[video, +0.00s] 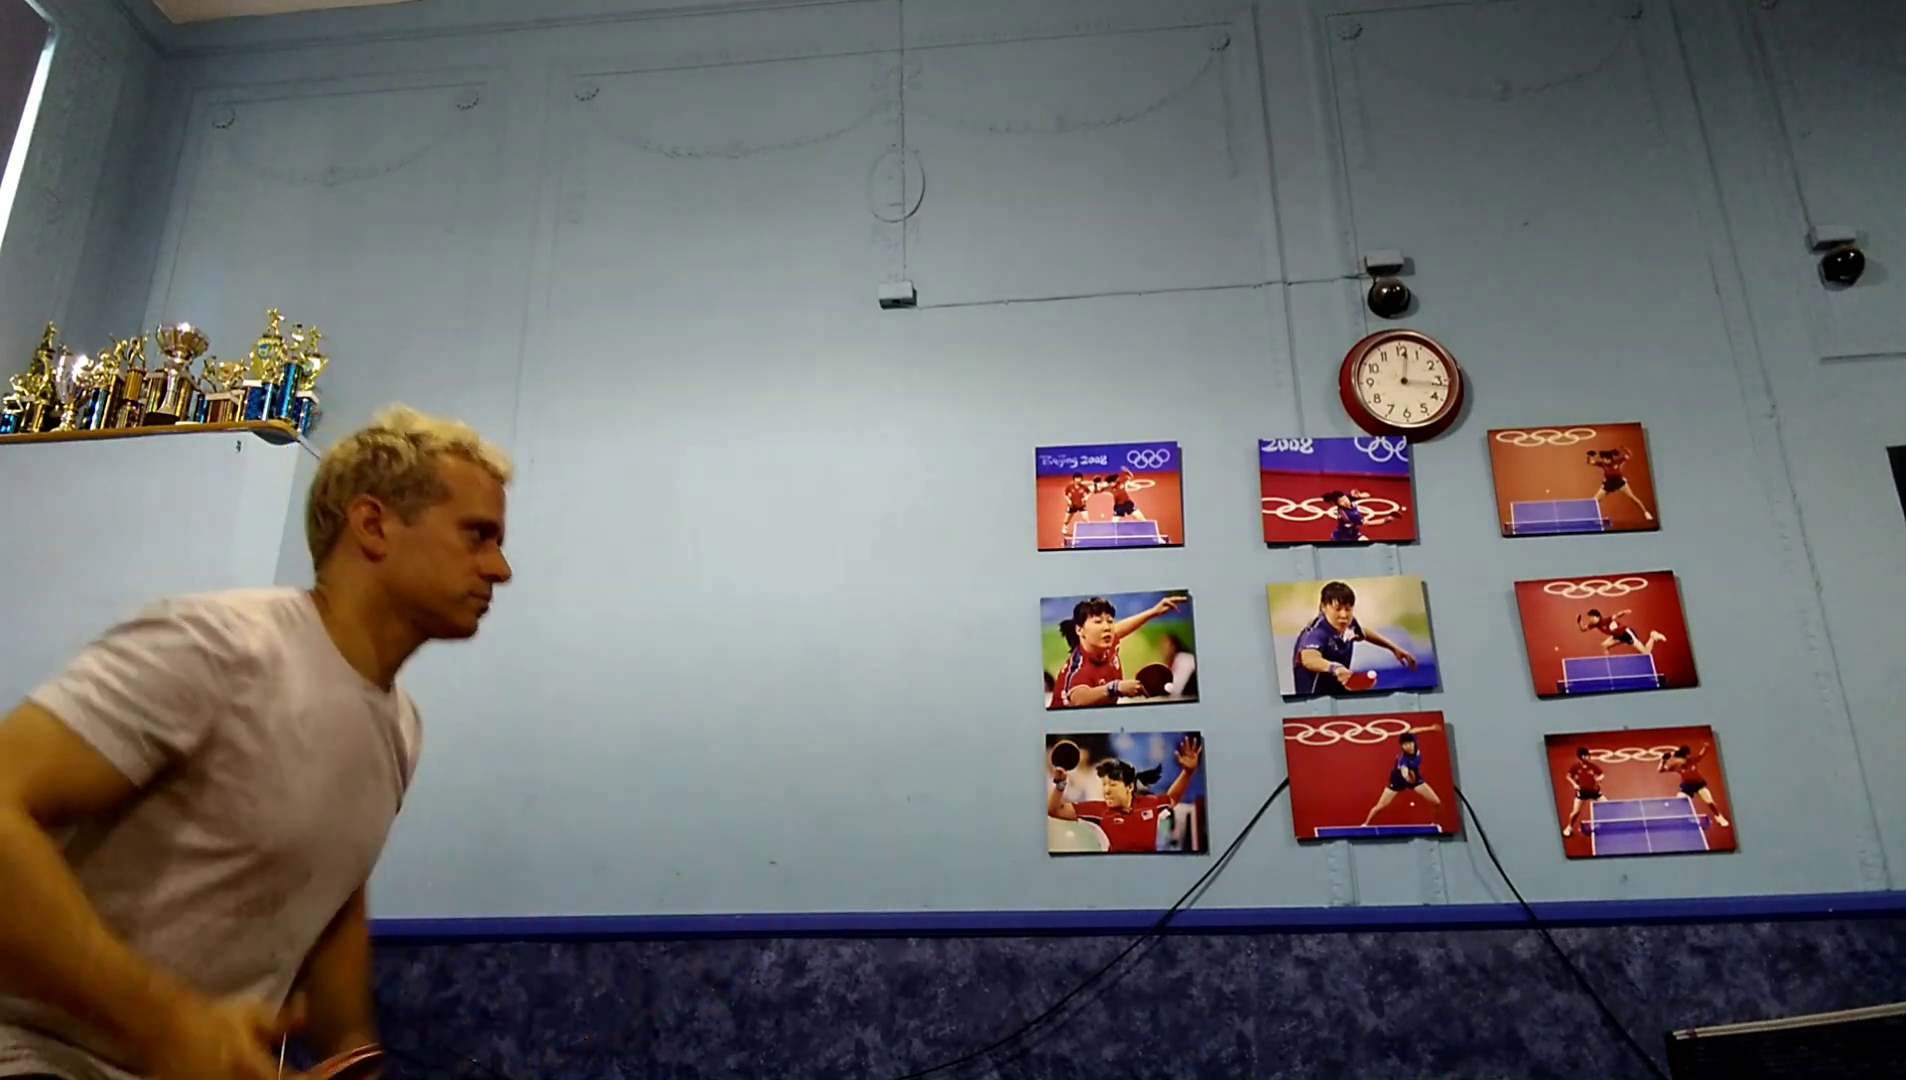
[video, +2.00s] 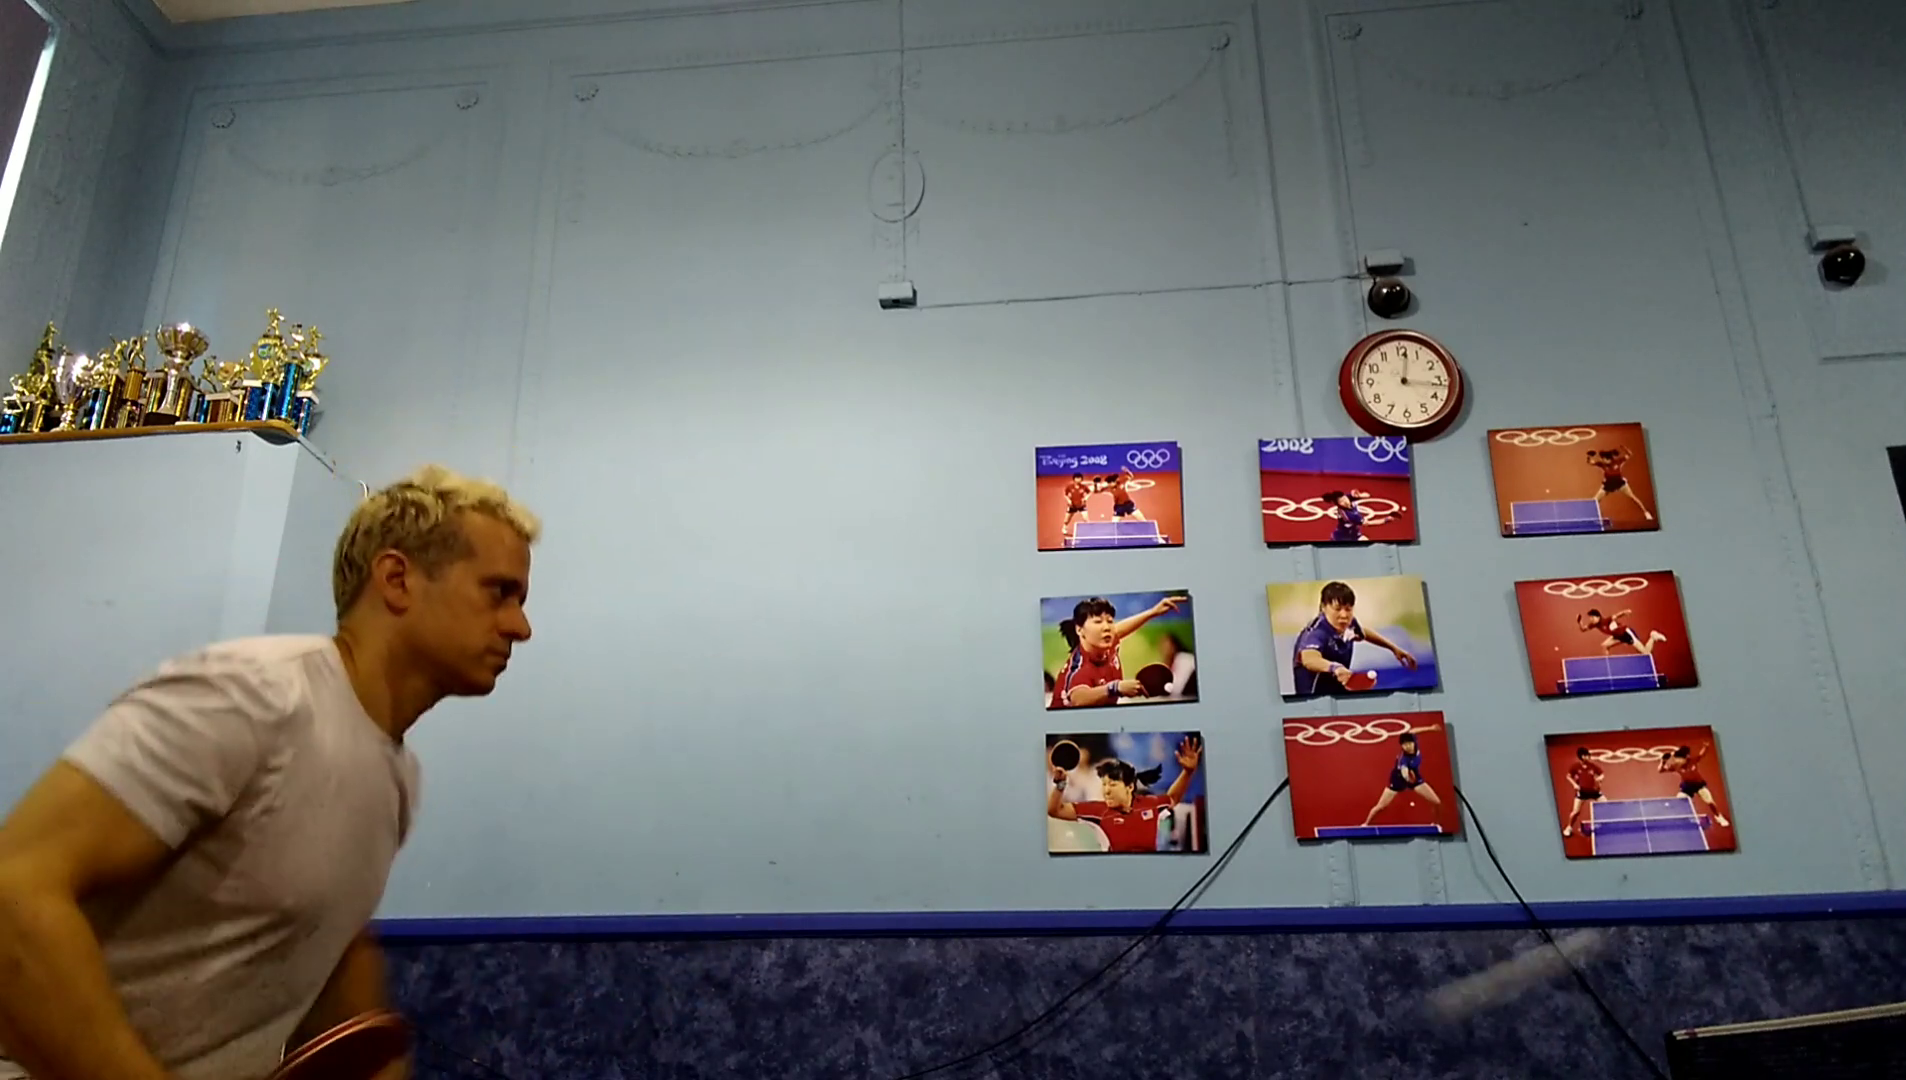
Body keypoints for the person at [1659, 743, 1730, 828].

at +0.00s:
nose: (1684, 759)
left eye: (1686, 757)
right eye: (1682, 758)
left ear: (1687, 756)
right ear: (1679, 757)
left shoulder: (1692, 760)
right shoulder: (1676, 765)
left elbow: (1701, 755)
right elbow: (1661, 770)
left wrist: (1705, 747)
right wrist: (1663, 760)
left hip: (1699, 784)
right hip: (1686, 786)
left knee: (1710, 802)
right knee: (1678, 803)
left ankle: (1718, 817)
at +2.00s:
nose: (1679, 762)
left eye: (1681, 760)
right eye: (1678, 760)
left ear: (1686, 757)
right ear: (1676, 759)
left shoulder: (1692, 760)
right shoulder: (1676, 766)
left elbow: (1701, 755)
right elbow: (1661, 771)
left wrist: (1705, 747)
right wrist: (1663, 761)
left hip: (1699, 784)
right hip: (1686, 786)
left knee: (1710, 802)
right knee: (1678, 803)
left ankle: (1718, 816)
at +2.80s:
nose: (1679, 762)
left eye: (1680, 760)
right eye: (1677, 760)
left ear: (1686, 757)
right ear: (1676, 759)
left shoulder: (1693, 761)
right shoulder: (1676, 766)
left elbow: (1701, 755)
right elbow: (1661, 770)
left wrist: (1705, 747)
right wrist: (1663, 761)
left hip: (1699, 784)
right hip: (1686, 786)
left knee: (1710, 802)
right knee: (1679, 803)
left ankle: (1718, 816)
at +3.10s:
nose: (1679, 762)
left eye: (1680, 760)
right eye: (1677, 760)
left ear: (1686, 757)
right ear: (1676, 759)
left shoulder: (1693, 761)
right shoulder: (1676, 766)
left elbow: (1701, 755)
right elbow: (1661, 770)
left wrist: (1705, 747)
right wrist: (1663, 761)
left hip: (1699, 784)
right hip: (1686, 785)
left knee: (1710, 802)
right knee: (1679, 803)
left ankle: (1718, 816)